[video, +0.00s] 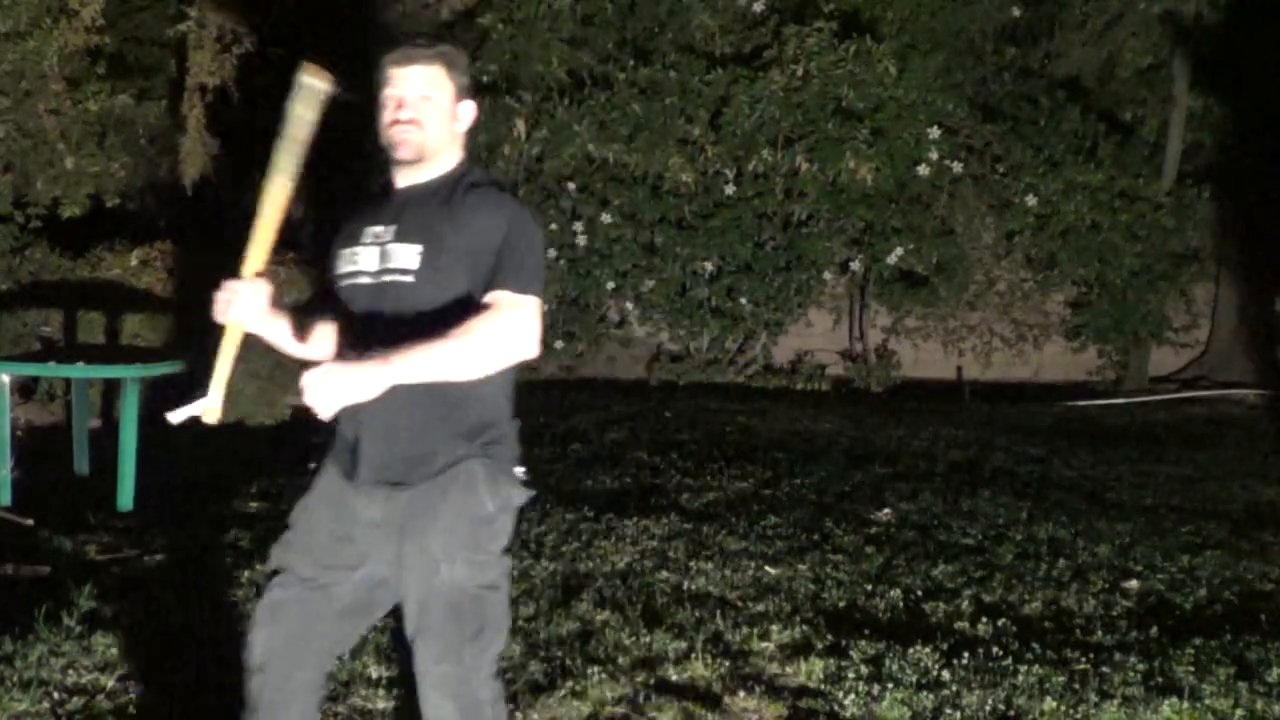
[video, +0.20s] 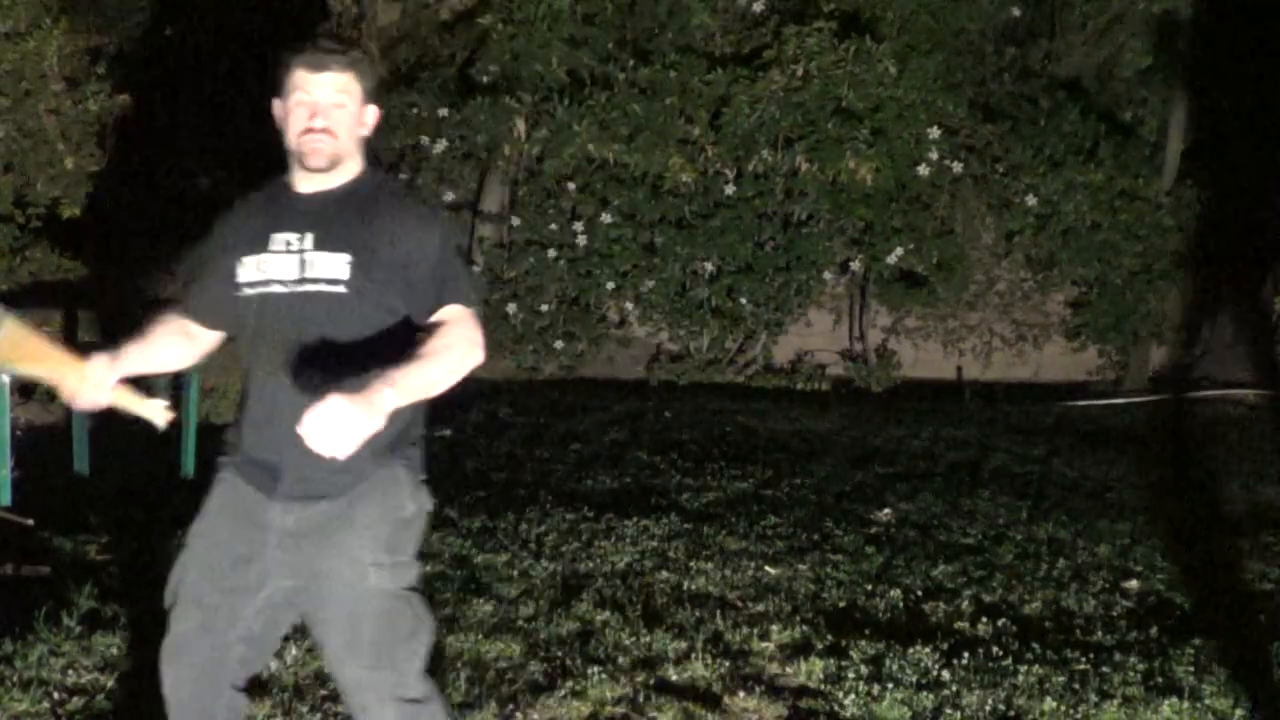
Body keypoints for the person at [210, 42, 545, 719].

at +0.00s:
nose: (398, 112)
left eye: (420, 99)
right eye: (388, 100)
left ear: (464, 114)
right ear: (375, 115)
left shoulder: (501, 218)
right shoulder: (359, 226)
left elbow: (516, 333)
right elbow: (336, 341)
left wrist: (373, 373)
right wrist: (269, 320)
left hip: (459, 480)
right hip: (353, 481)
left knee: (455, 688)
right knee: (278, 657)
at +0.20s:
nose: (314, 114)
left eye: (335, 100)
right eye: (299, 100)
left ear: (368, 117)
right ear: (278, 116)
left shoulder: (409, 225)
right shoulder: (249, 224)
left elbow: (464, 340)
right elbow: (191, 330)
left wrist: (375, 400)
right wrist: (112, 365)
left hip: (364, 496)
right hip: (251, 491)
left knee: (384, 690)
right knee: (193, 674)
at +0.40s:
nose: (285, 106)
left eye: (296, 90)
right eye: (263, 88)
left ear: (308, 100)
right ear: (218, 97)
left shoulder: (346, 210)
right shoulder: (159, 211)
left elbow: (416, 315)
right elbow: (86, 330)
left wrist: (411, 409)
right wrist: (58, 446)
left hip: (309, 483)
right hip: (184, 482)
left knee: (294, 680)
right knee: (168, 679)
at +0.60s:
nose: (279, 117)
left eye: (286, 99)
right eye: (259, 96)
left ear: (292, 101)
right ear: (203, 96)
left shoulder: (308, 213)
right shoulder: (125, 210)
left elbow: (352, 323)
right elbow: (69, 340)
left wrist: (375, 403)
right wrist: (88, 459)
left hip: (268, 511)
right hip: (146, 509)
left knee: (241, 703)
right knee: (136, 701)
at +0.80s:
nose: (280, 126)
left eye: (284, 109)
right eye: (264, 105)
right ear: (203, 98)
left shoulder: (285, 216)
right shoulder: (120, 203)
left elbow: (315, 339)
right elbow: (48, 338)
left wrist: (351, 399)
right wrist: (129, 448)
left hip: (258, 507)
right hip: (146, 502)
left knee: (232, 700)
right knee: (123, 698)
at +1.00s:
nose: (281, 116)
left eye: (281, 95)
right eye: (267, 93)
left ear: (221, 95)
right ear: (206, 91)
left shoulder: (254, 209)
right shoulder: (114, 206)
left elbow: (304, 329)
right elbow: (57, 342)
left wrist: (377, 347)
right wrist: (183, 437)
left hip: (246, 493)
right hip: (146, 496)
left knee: (235, 706)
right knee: (165, 705)